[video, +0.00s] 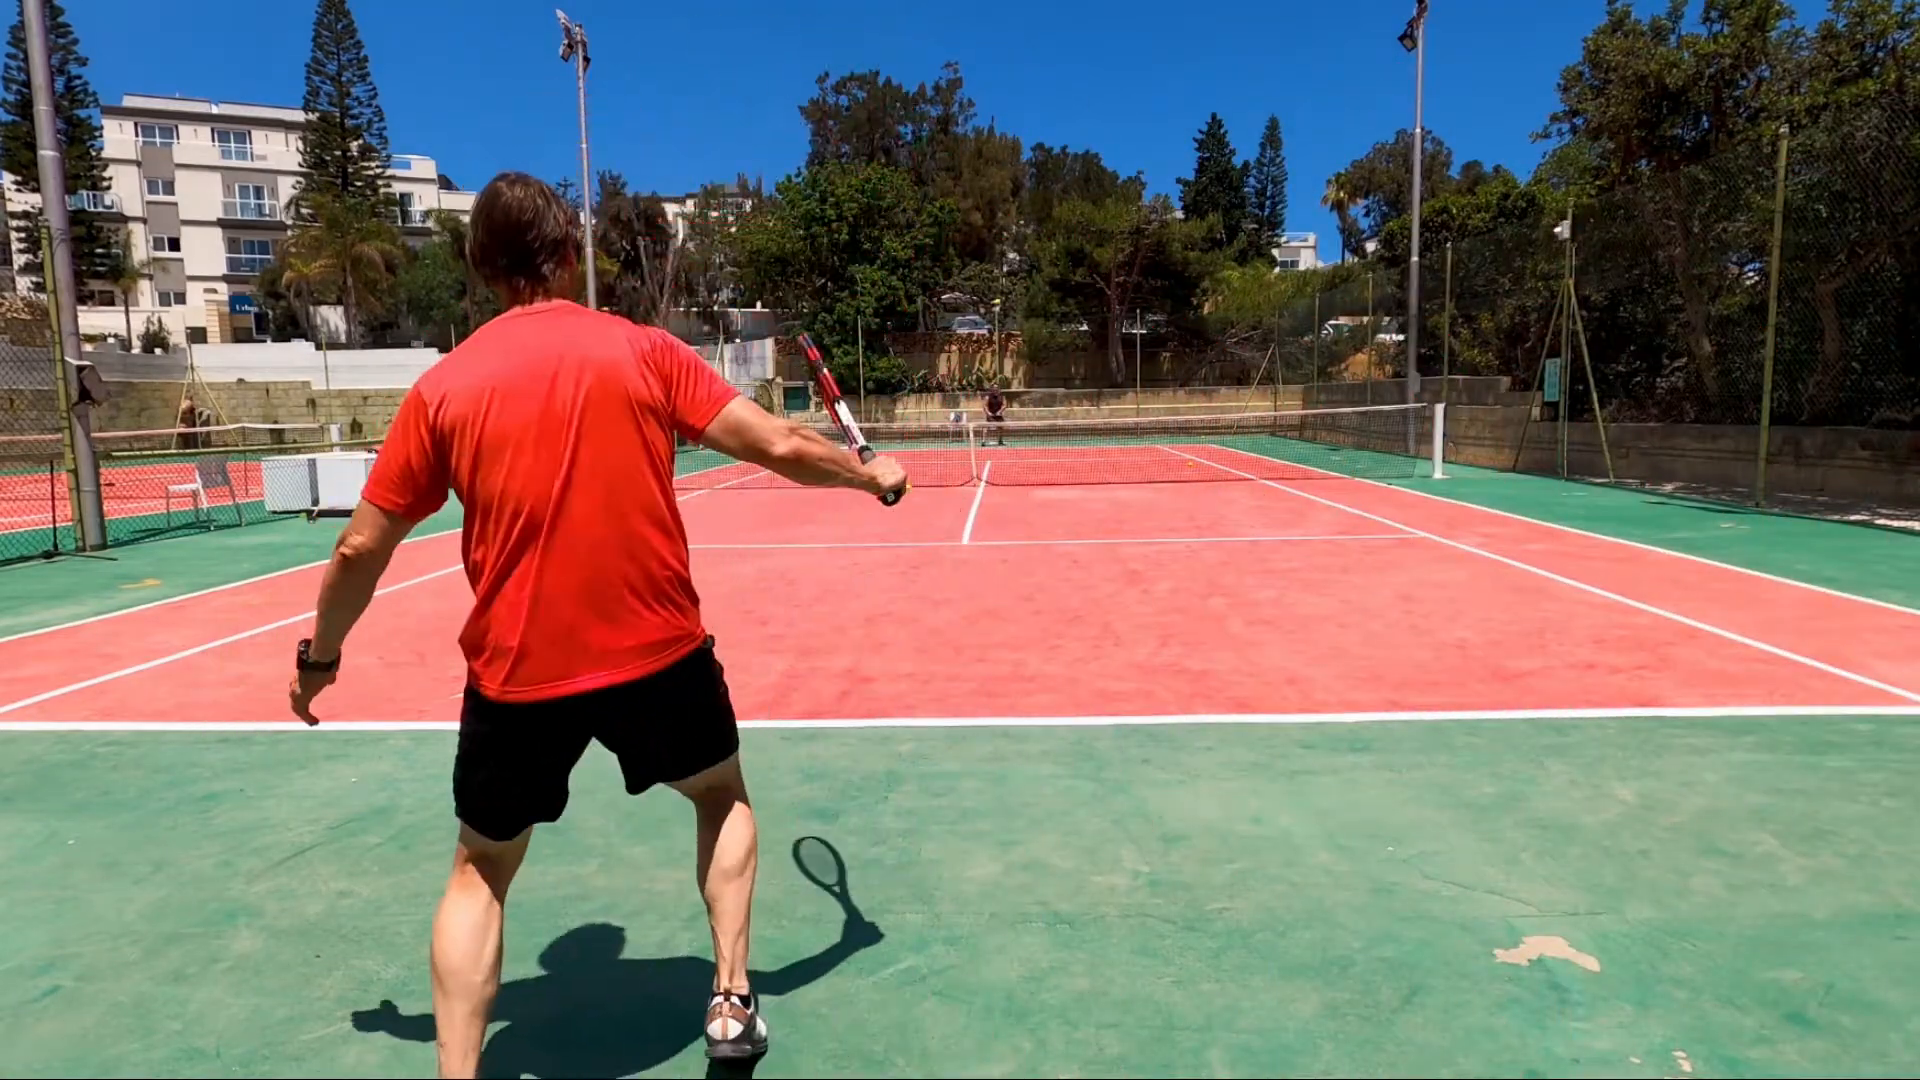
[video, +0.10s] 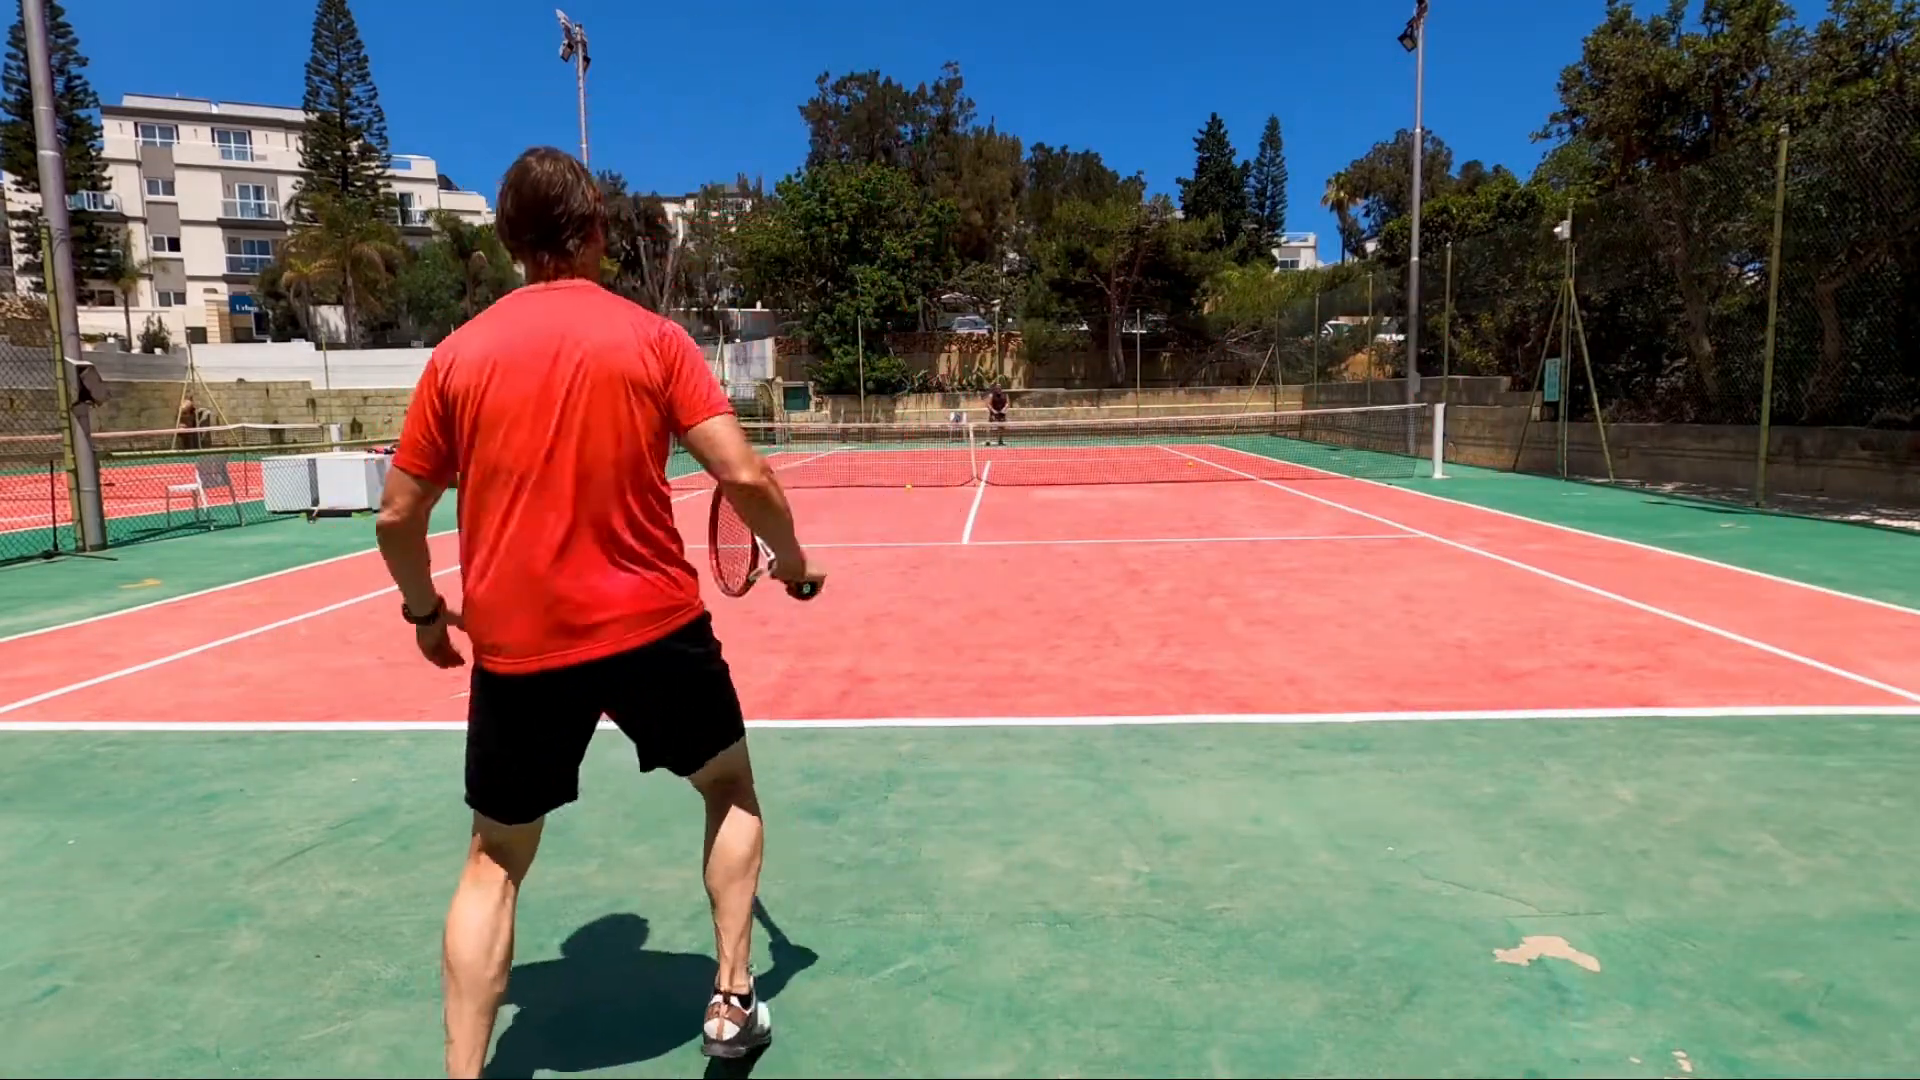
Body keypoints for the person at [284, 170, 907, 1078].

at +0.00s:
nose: (583, 265)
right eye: (580, 253)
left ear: (483, 272)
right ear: (570, 258)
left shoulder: (445, 386)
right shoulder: (640, 350)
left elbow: (363, 546)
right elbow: (775, 445)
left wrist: (321, 649)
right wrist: (866, 469)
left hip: (518, 666)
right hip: (652, 647)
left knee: (482, 865)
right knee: (718, 794)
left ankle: (456, 1071)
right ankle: (732, 1002)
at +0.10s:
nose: (604, 237)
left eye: (597, 227)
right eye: (602, 226)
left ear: (508, 242)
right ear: (593, 232)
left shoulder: (461, 355)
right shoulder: (647, 336)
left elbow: (397, 518)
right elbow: (745, 478)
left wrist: (423, 609)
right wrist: (792, 561)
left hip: (520, 643)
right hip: (650, 625)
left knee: (495, 855)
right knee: (727, 787)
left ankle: (464, 1068)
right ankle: (731, 1002)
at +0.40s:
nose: (719, 278)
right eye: (721, 267)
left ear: (637, 268)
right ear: (718, 274)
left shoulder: (569, 360)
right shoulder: (746, 372)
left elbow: (502, 491)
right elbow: (778, 529)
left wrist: (572, 542)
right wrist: (715, 581)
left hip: (576, 638)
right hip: (698, 639)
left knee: (547, 808)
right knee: (758, 815)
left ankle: (478, 1001)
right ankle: (730, 1031)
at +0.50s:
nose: (724, 250)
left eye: (717, 239)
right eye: (724, 239)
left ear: (636, 239)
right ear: (713, 242)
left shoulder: (572, 324)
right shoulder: (747, 336)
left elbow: (500, 451)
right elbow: (792, 485)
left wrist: (569, 509)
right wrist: (727, 538)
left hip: (583, 597)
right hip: (699, 603)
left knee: (555, 765)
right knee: (754, 787)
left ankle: (509, 957)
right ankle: (738, 1010)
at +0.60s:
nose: (714, 234)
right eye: (713, 223)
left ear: (622, 228)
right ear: (705, 229)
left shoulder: (566, 316)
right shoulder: (741, 324)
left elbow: (499, 437)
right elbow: (792, 464)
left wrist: (571, 484)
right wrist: (731, 514)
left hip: (587, 578)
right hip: (702, 583)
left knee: (561, 748)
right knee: (762, 767)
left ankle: (531, 932)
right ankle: (774, 989)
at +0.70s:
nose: (700, 273)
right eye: (698, 260)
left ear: (615, 268)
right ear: (697, 270)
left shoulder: (564, 360)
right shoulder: (738, 361)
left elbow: (503, 479)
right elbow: (792, 488)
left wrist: (583, 514)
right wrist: (732, 536)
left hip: (593, 609)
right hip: (704, 612)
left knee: (572, 746)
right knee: (772, 786)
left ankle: (545, 899)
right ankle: (790, 1006)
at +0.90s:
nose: (670, 286)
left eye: (666, 276)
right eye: (669, 276)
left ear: (585, 280)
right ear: (658, 280)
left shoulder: (536, 371)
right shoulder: (684, 370)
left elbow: (493, 489)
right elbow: (749, 483)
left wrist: (563, 515)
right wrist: (699, 533)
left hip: (562, 602)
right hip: (662, 600)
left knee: (583, 725)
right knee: (747, 750)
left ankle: (553, 890)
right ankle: (774, 943)